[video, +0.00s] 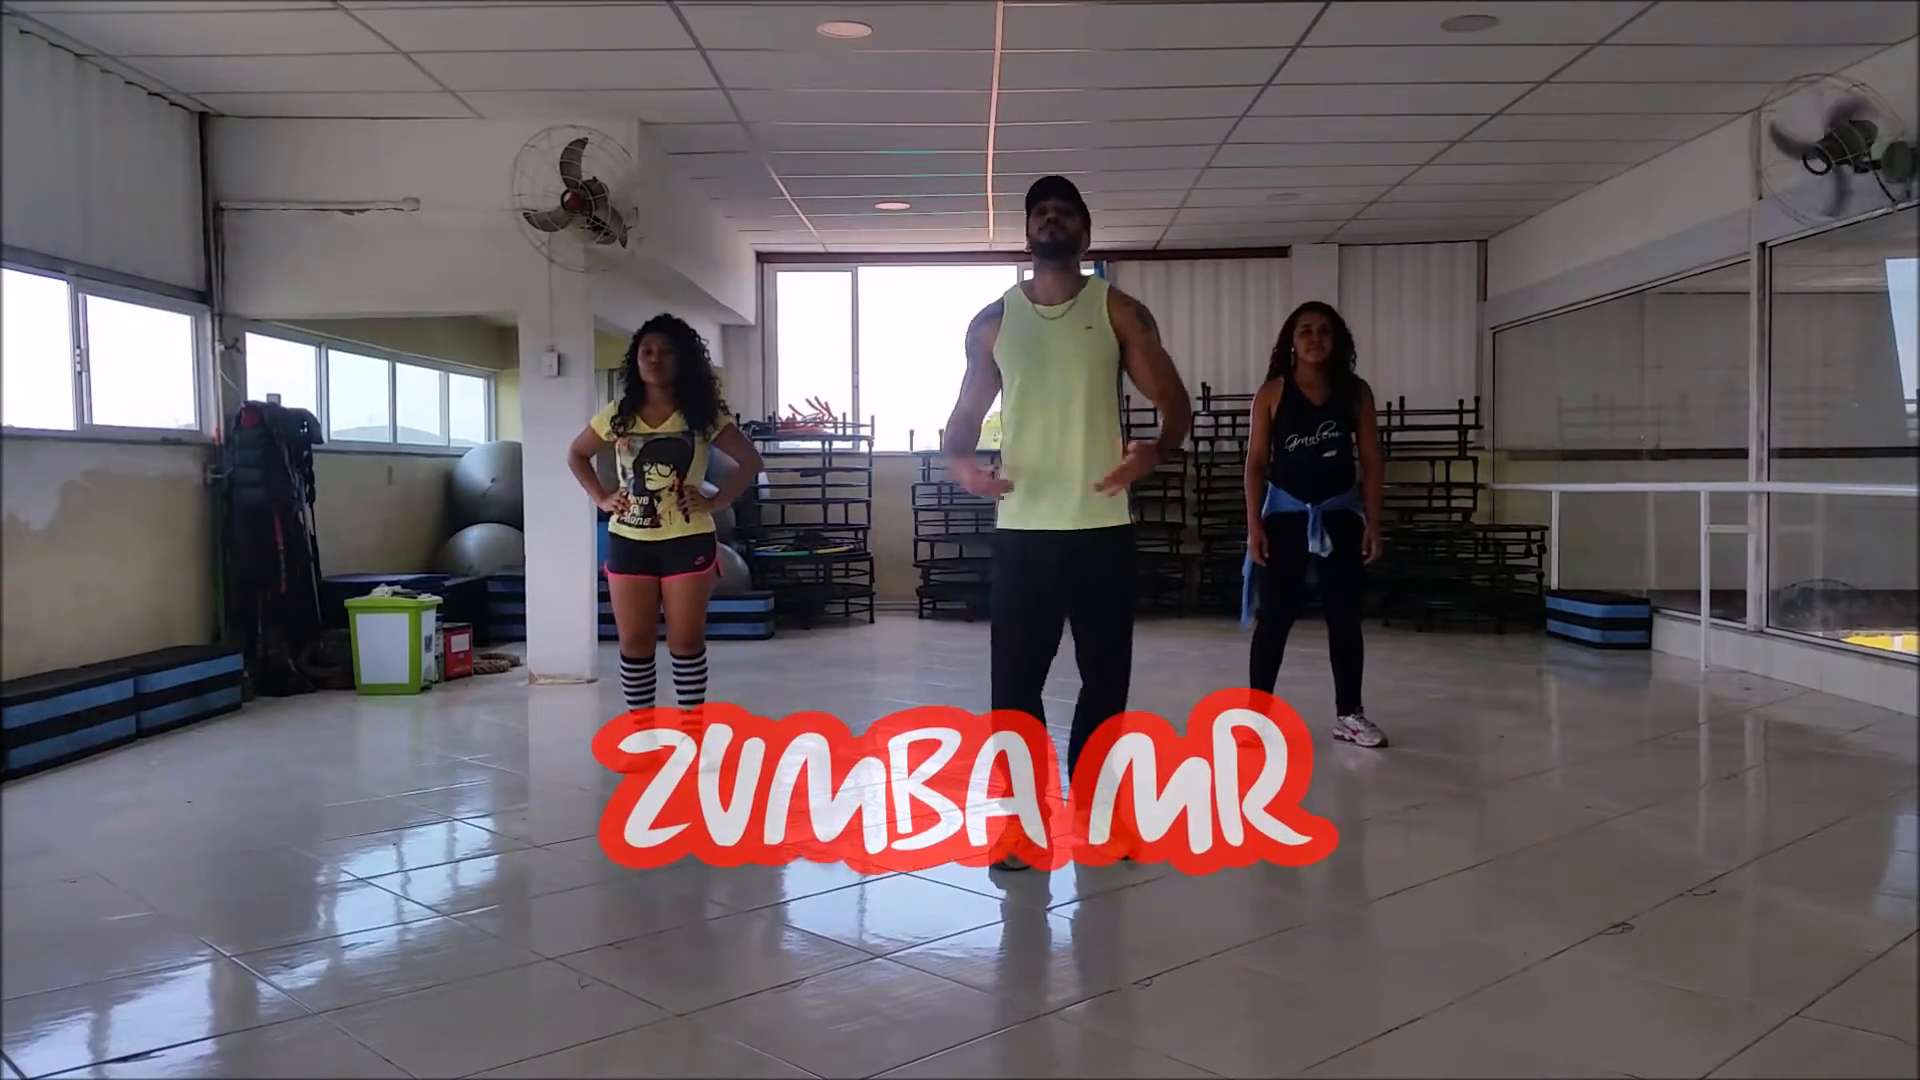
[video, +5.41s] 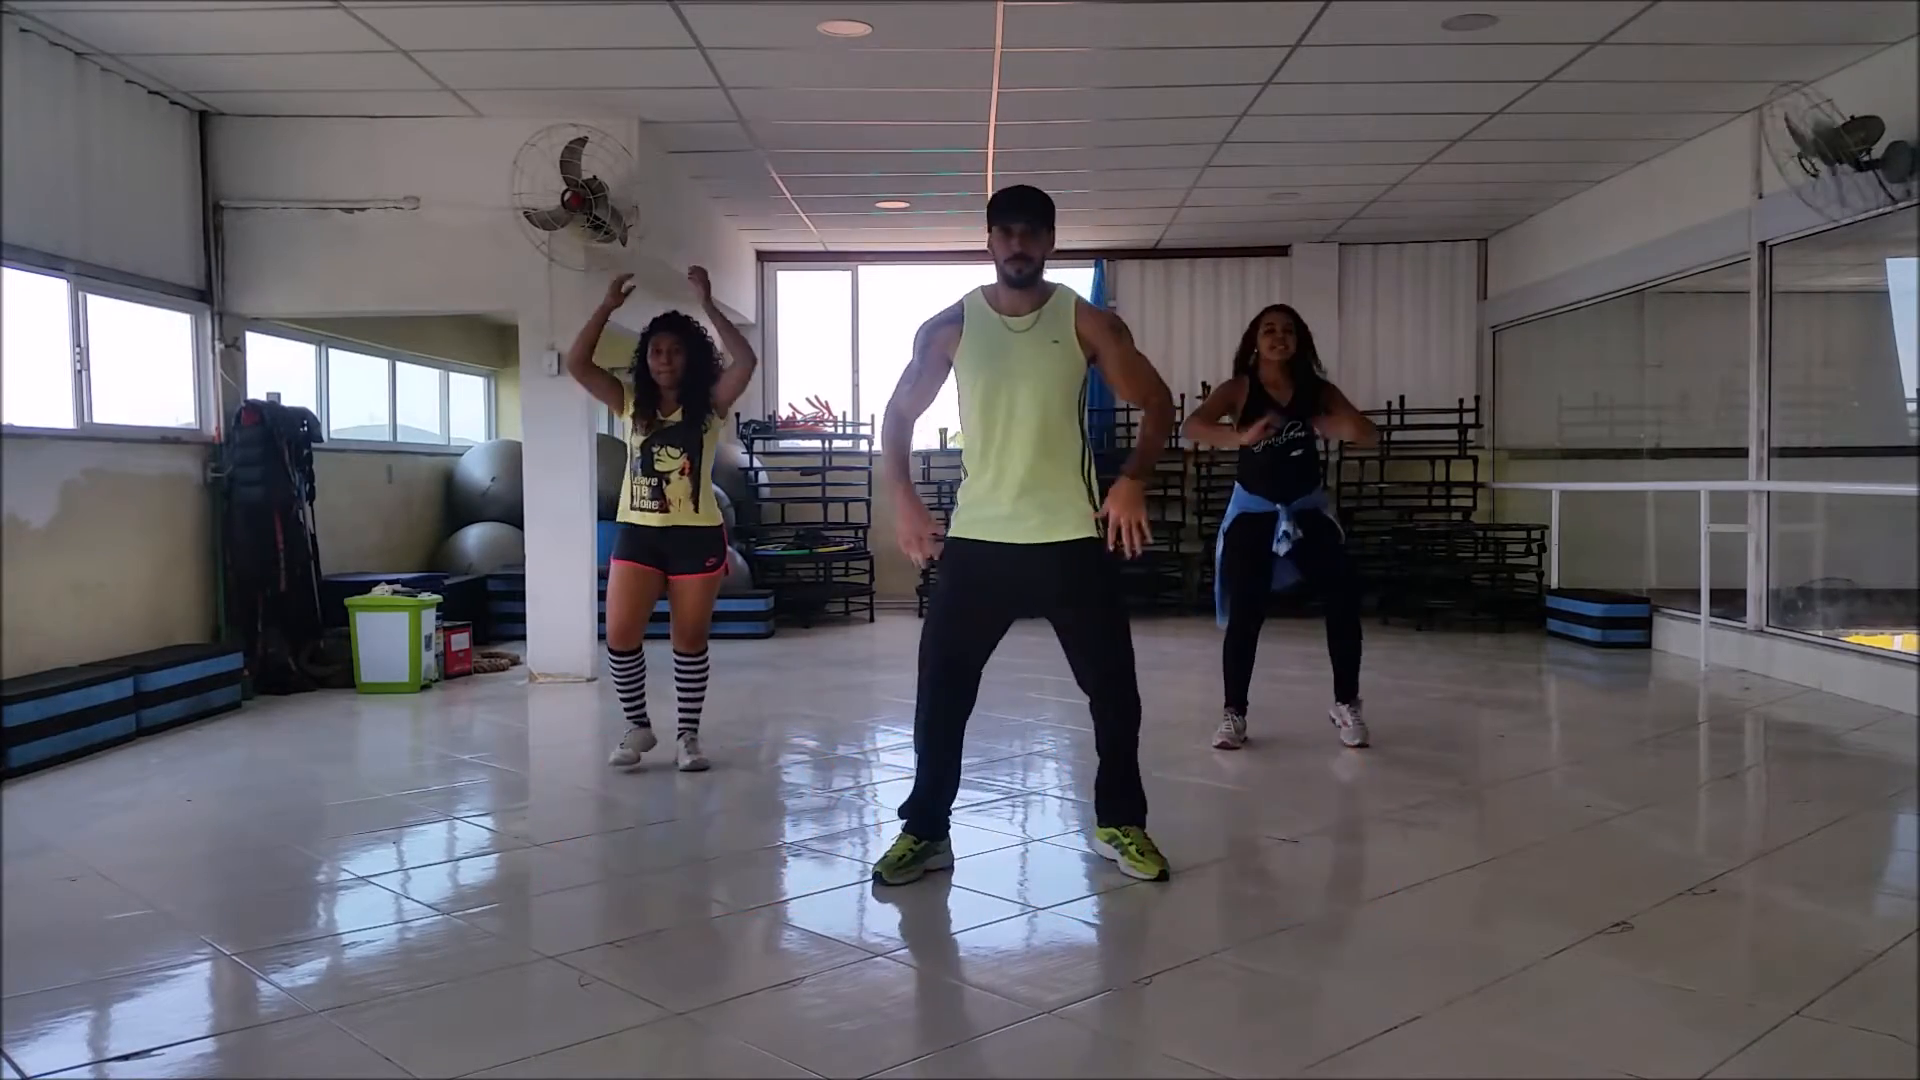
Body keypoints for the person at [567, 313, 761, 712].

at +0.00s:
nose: (653, 358)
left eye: (664, 351)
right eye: (646, 350)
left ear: (682, 360)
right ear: (635, 359)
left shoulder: (702, 413)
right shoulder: (619, 412)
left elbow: (751, 462)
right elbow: (577, 454)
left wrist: (714, 503)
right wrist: (601, 496)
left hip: (688, 542)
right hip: (629, 544)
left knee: (686, 644)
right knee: (634, 647)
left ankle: (692, 736)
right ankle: (642, 738)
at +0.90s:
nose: (654, 360)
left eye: (665, 353)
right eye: (647, 352)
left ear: (683, 363)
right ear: (638, 361)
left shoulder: (700, 414)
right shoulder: (621, 414)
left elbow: (698, 473)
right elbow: (604, 469)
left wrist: (670, 440)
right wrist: (646, 446)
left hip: (688, 541)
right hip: (630, 541)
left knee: (681, 643)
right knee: (634, 646)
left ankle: (680, 733)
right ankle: (641, 734)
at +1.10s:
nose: (645, 359)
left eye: (658, 354)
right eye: (639, 352)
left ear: (677, 367)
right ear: (631, 361)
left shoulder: (690, 412)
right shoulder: (614, 411)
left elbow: (733, 442)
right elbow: (565, 442)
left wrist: (710, 391)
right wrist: (592, 392)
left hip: (682, 542)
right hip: (624, 543)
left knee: (677, 642)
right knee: (630, 644)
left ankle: (681, 730)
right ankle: (640, 732)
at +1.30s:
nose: (651, 352)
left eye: (661, 348)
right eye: (644, 346)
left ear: (677, 358)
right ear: (632, 356)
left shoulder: (689, 405)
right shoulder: (618, 406)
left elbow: (708, 386)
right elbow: (589, 384)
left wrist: (685, 328)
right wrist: (612, 331)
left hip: (680, 538)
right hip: (623, 538)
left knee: (675, 639)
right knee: (633, 642)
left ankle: (681, 727)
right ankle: (640, 730)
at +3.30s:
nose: (666, 367)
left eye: (674, 359)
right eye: (657, 359)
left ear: (688, 363)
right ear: (642, 363)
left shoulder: (702, 407)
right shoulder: (625, 405)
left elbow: (710, 342)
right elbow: (602, 346)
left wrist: (674, 290)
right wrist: (649, 299)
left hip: (692, 541)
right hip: (634, 541)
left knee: (689, 647)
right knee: (640, 647)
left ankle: (692, 736)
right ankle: (652, 739)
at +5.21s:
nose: (658, 363)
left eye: (667, 355)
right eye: (651, 354)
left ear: (684, 360)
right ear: (638, 360)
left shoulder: (699, 406)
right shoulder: (624, 403)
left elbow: (710, 344)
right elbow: (604, 341)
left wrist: (675, 291)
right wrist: (653, 294)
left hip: (691, 541)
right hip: (632, 541)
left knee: (686, 643)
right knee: (635, 644)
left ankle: (686, 738)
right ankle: (649, 740)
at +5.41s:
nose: (662, 359)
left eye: (672, 351)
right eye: (654, 351)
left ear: (692, 358)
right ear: (644, 358)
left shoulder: (710, 403)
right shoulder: (630, 402)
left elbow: (744, 360)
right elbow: (578, 364)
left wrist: (709, 304)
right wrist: (607, 307)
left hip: (695, 540)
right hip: (637, 538)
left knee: (690, 642)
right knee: (620, 638)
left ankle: (688, 737)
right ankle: (638, 730)